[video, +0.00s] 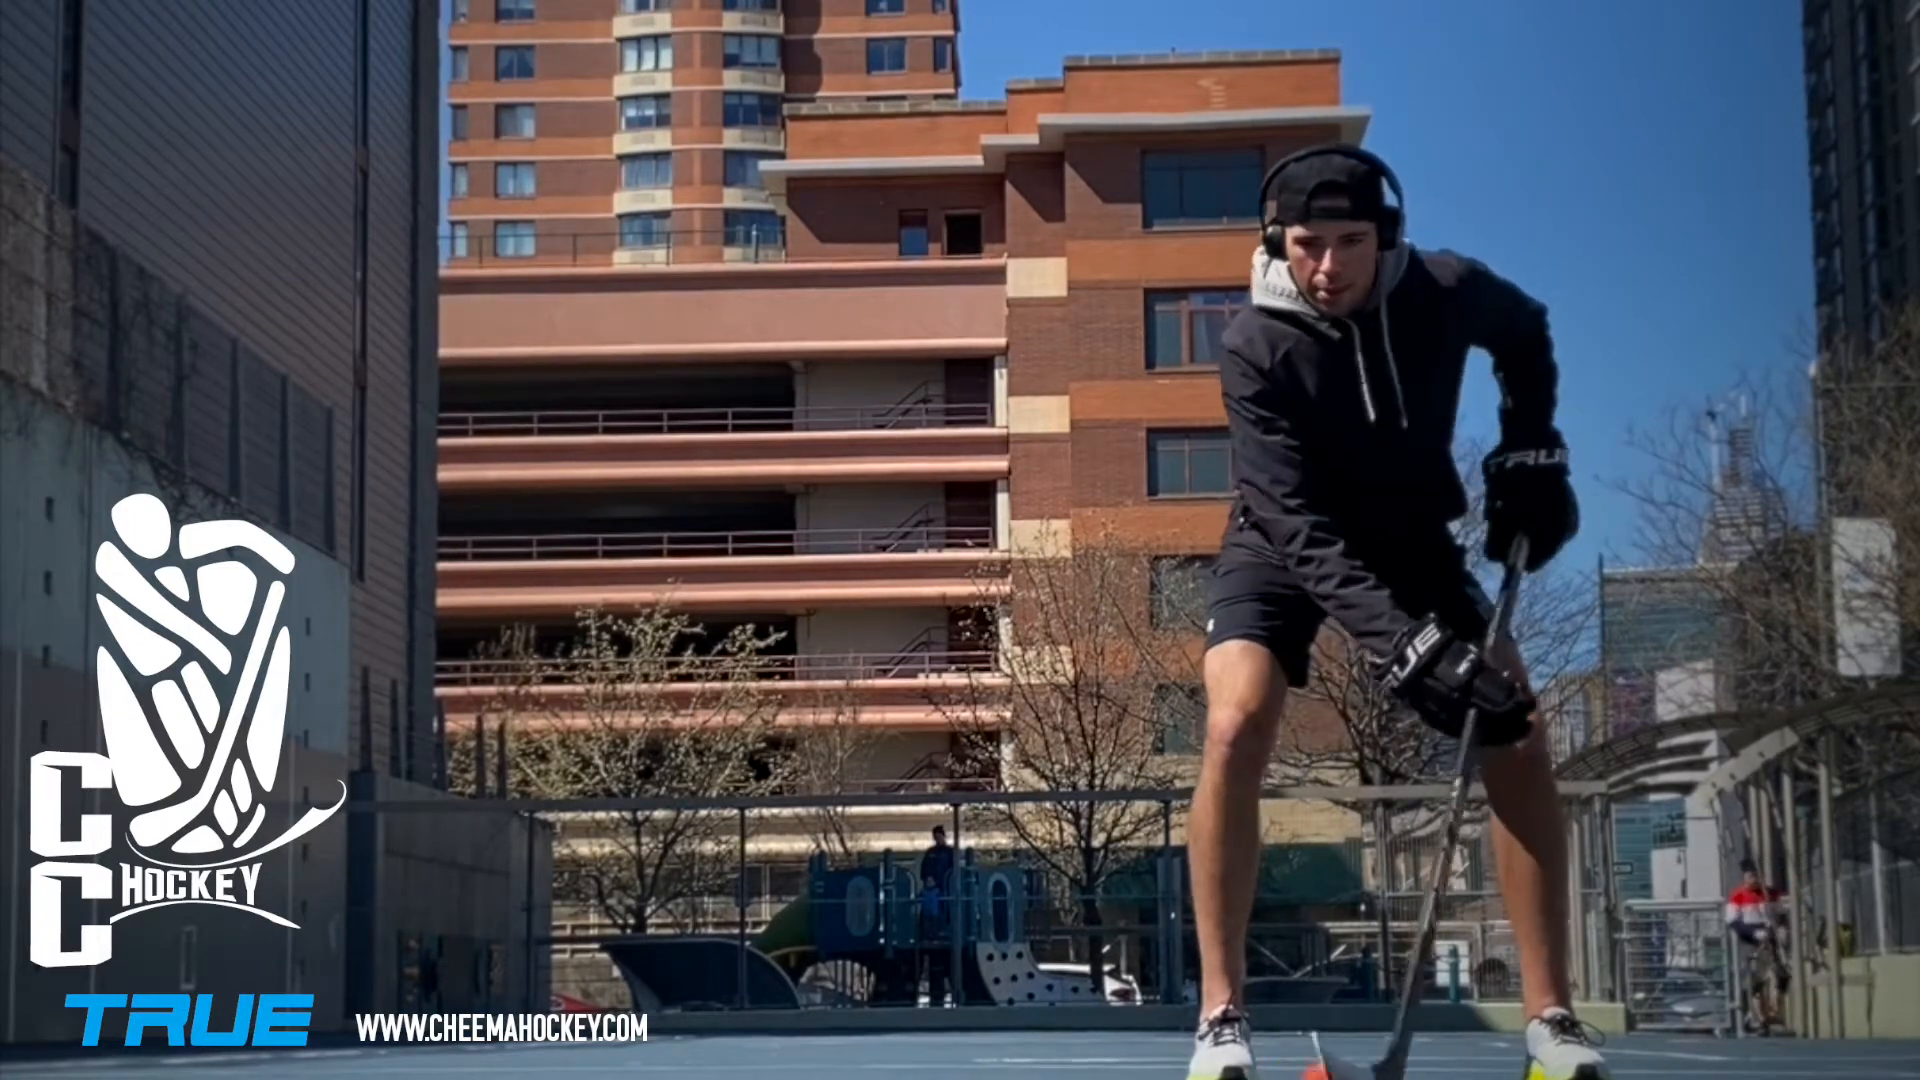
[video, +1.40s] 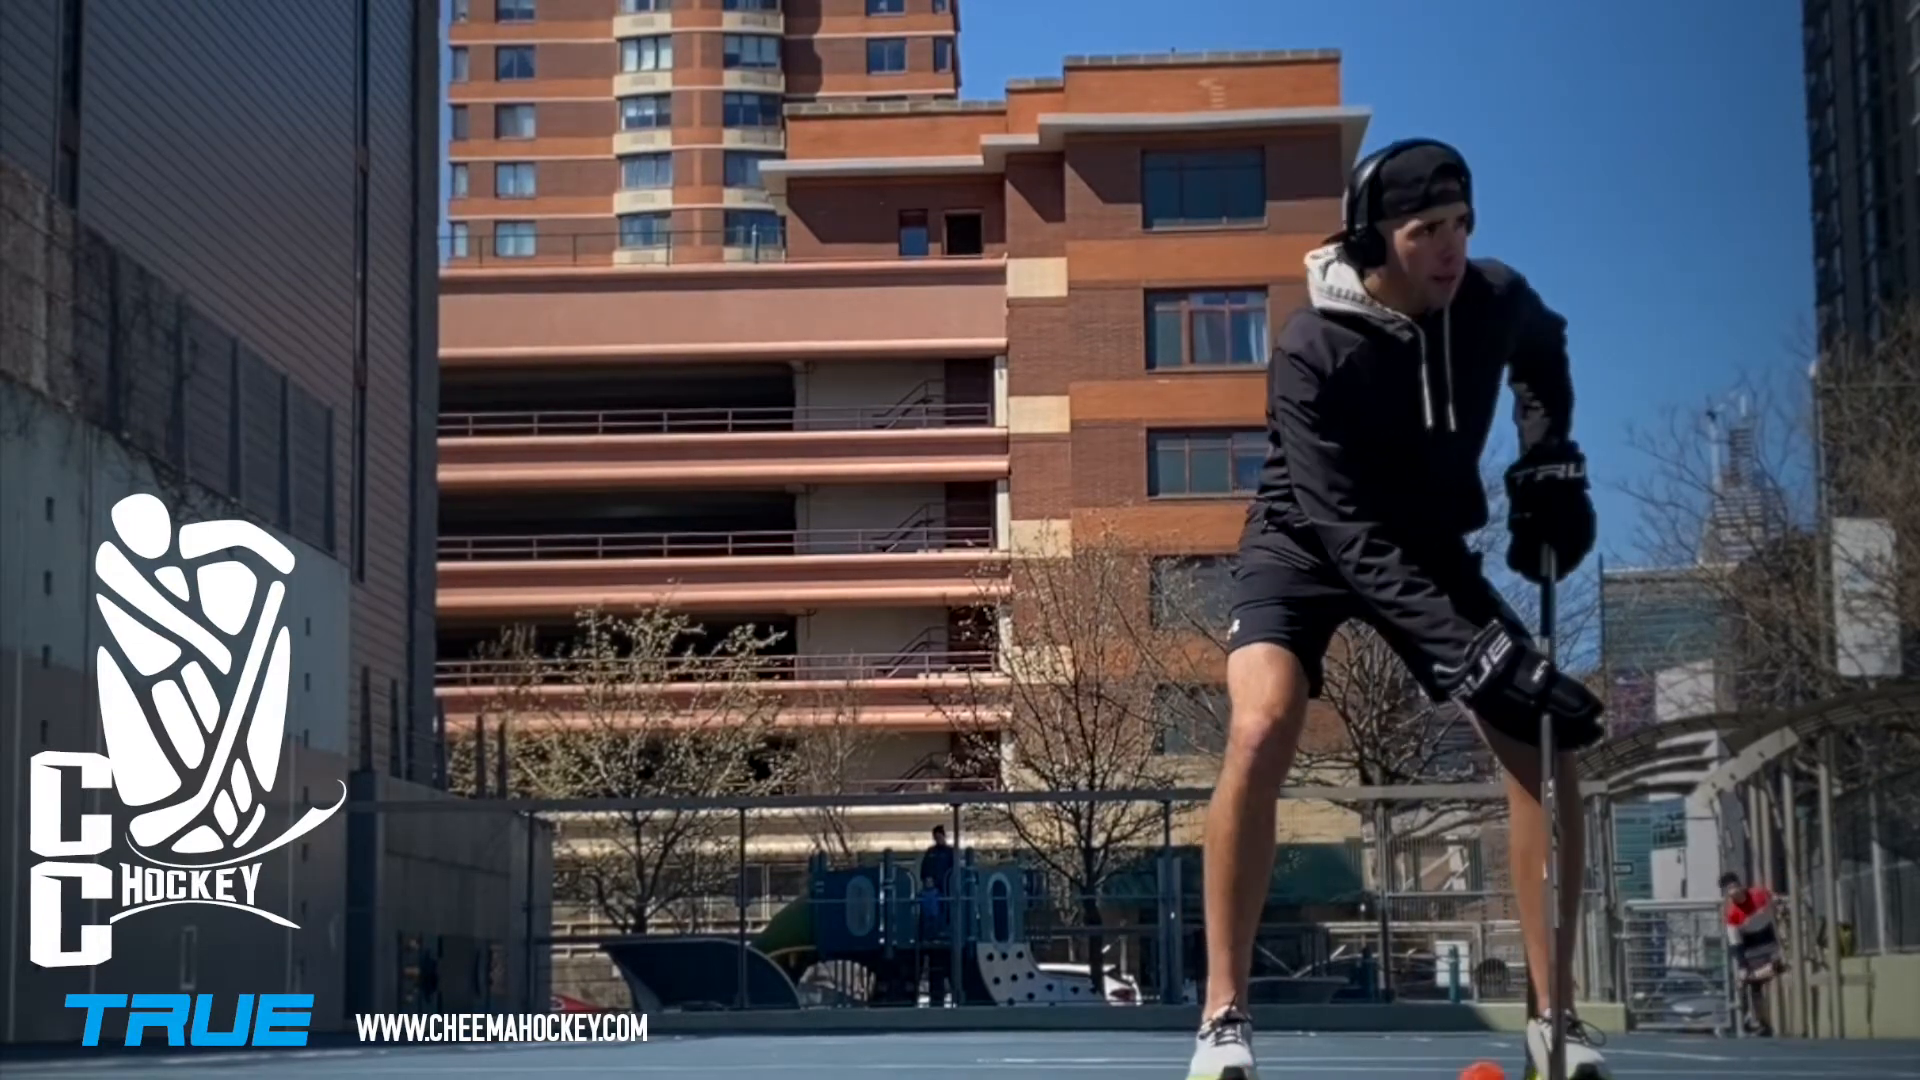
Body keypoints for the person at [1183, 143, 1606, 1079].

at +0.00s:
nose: (1326, 266)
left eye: (1347, 244)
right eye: (1307, 246)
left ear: (1384, 237)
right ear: (1280, 243)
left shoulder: (1444, 289)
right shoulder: (1258, 344)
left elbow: (1523, 331)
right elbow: (1294, 526)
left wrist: (1530, 455)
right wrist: (1408, 644)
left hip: (1414, 536)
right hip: (1282, 542)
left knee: (1517, 730)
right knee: (1236, 725)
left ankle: (1550, 1013)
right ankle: (1220, 1013)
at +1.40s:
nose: (1453, 248)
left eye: (1462, 226)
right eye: (1430, 229)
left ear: (1473, 227)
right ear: (1376, 235)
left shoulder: (1491, 298)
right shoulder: (1314, 345)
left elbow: (1540, 348)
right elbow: (1349, 540)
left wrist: (1550, 467)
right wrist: (1499, 661)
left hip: (1431, 545)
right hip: (1305, 541)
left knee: (1539, 750)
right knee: (1260, 732)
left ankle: (1554, 1020)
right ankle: (1223, 1014)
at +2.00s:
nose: (1543, 255)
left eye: (1546, 234)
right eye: (1525, 238)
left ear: (1534, 230)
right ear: (1462, 240)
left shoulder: (1537, 301)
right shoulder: (1372, 338)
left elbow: (1561, 391)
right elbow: (1404, 538)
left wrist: (1582, 478)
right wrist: (1544, 667)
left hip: (1455, 537)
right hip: (1335, 532)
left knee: (1557, 739)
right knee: (1298, 736)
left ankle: (1556, 1020)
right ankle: (1228, 1013)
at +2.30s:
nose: (1507, 259)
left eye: (1510, 238)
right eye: (1490, 242)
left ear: (1504, 234)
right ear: (1427, 242)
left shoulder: (1507, 305)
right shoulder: (1335, 339)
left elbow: (1553, 375)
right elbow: (1347, 524)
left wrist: (1585, 472)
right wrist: (1479, 640)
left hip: (1428, 540)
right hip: (1306, 531)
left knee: (1547, 738)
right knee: (1277, 737)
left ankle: (1556, 1020)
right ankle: (1225, 1015)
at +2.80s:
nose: (1498, 251)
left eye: (1498, 235)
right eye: (1486, 238)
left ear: (1442, 238)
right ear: (1427, 241)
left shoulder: (1471, 305)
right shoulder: (1315, 328)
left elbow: (1515, 390)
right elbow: (1314, 519)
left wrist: (1550, 471)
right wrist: (1441, 636)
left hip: (1404, 541)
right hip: (1285, 535)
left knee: (1525, 724)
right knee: (1267, 733)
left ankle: (1556, 1017)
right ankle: (1224, 1015)